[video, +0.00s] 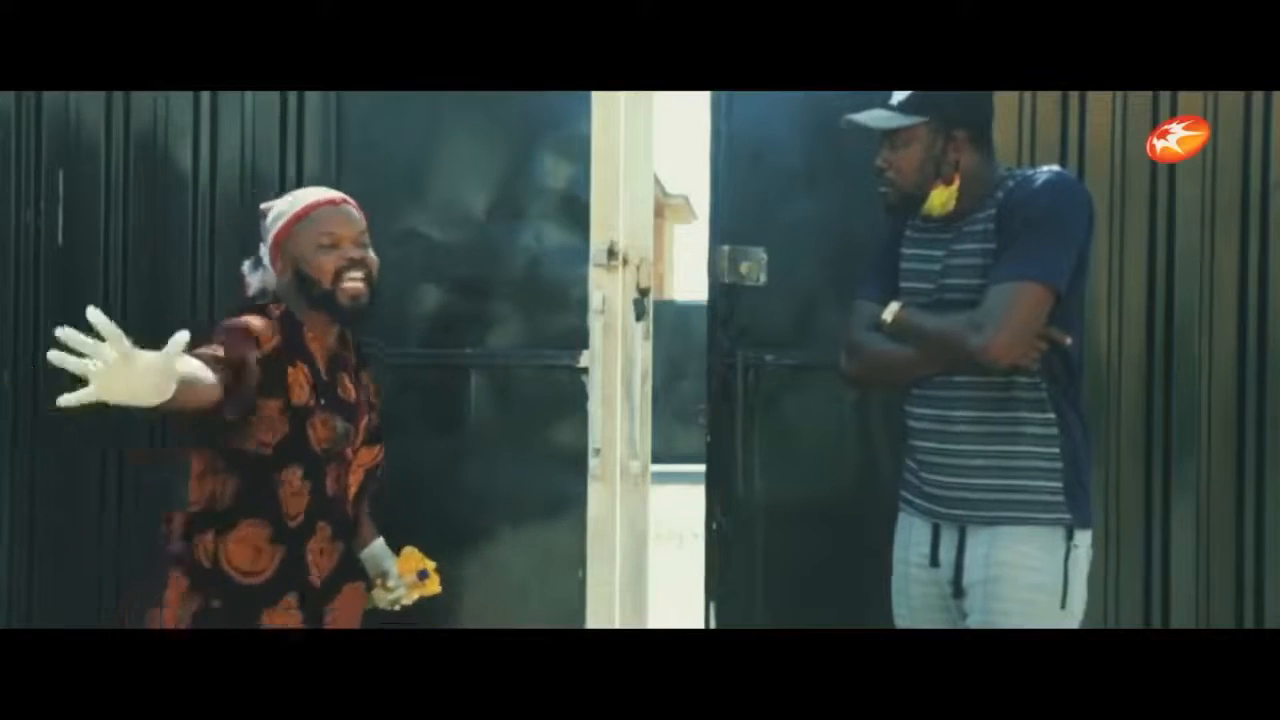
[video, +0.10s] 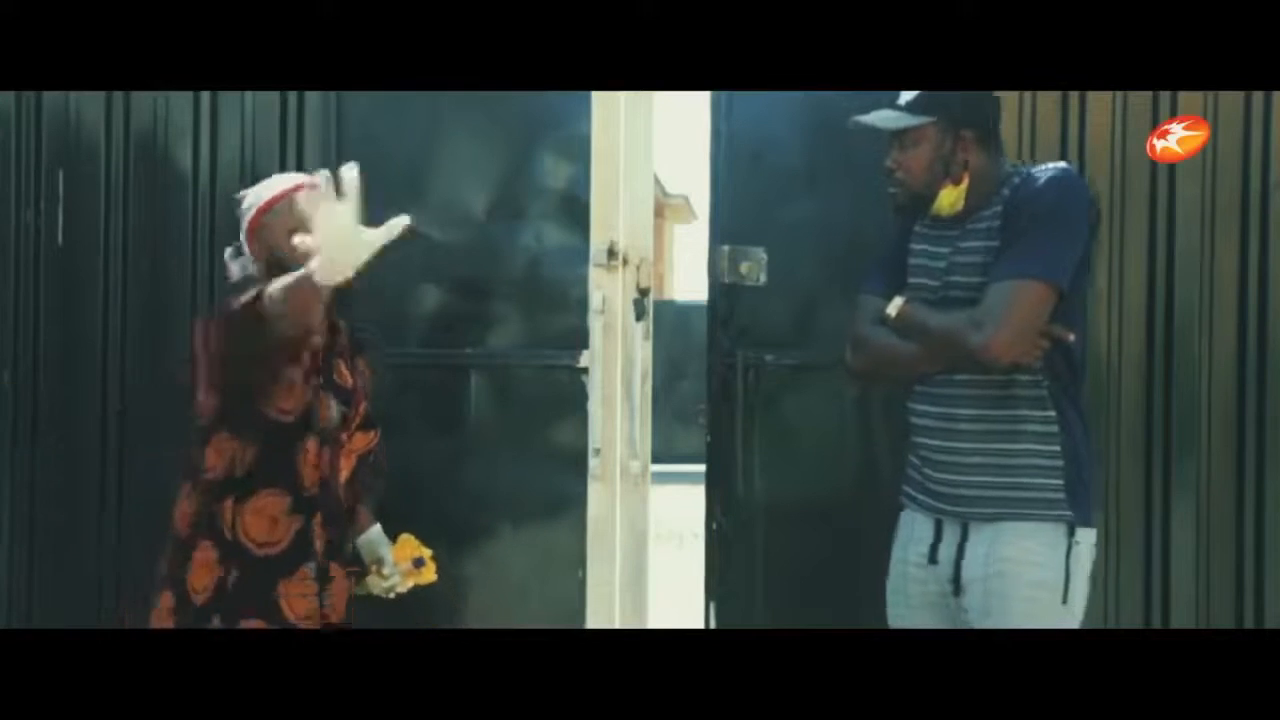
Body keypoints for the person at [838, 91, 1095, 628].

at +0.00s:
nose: (879, 162)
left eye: (896, 144)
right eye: (880, 145)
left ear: (956, 144)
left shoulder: (1048, 195)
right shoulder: (905, 221)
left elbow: (997, 343)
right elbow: (856, 359)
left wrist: (894, 316)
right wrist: (982, 339)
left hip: (1027, 521)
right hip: (923, 511)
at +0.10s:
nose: (889, 162)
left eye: (906, 144)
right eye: (889, 146)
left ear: (964, 144)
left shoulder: (1052, 191)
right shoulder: (915, 220)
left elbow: (997, 342)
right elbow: (860, 351)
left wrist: (901, 310)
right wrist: (984, 337)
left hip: (1031, 521)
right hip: (925, 511)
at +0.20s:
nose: (914, 161)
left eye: (931, 144)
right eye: (915, 145)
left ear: (987, 146)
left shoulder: (1073, 204)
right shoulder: (934, 223)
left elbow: (1003, 347)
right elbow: (873, 347)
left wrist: (909, 308)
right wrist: (985, 338)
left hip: (1031, 530)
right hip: (926, 517)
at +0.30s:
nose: (941, 159)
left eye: (959, 142)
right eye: (943, 143)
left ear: (1016, 149)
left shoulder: (1097, 210)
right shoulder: (969, 230)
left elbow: (1012, 343)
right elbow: (891, 341)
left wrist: (925, 304)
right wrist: (1001, 342)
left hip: (1038, 536)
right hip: (933, 518)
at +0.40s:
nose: (968, 159)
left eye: (984, 141)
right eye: (968, 141)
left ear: (1043, 149)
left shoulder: (1123, 211)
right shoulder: (982, 231)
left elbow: (1043, 345)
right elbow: (905, 344)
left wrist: (946, 303)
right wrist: (1023, 339)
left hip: (1062, 538)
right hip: (950, 520)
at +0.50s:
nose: (989, 155)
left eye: (1007, 137)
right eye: (990, 137)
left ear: (1064, 144)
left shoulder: (1152, 206)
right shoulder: (998, 226)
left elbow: (1079, 339)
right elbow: (928, 340)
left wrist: (974, 302)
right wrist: (1052, 335)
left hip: (1088, 533)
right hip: (973, 519)